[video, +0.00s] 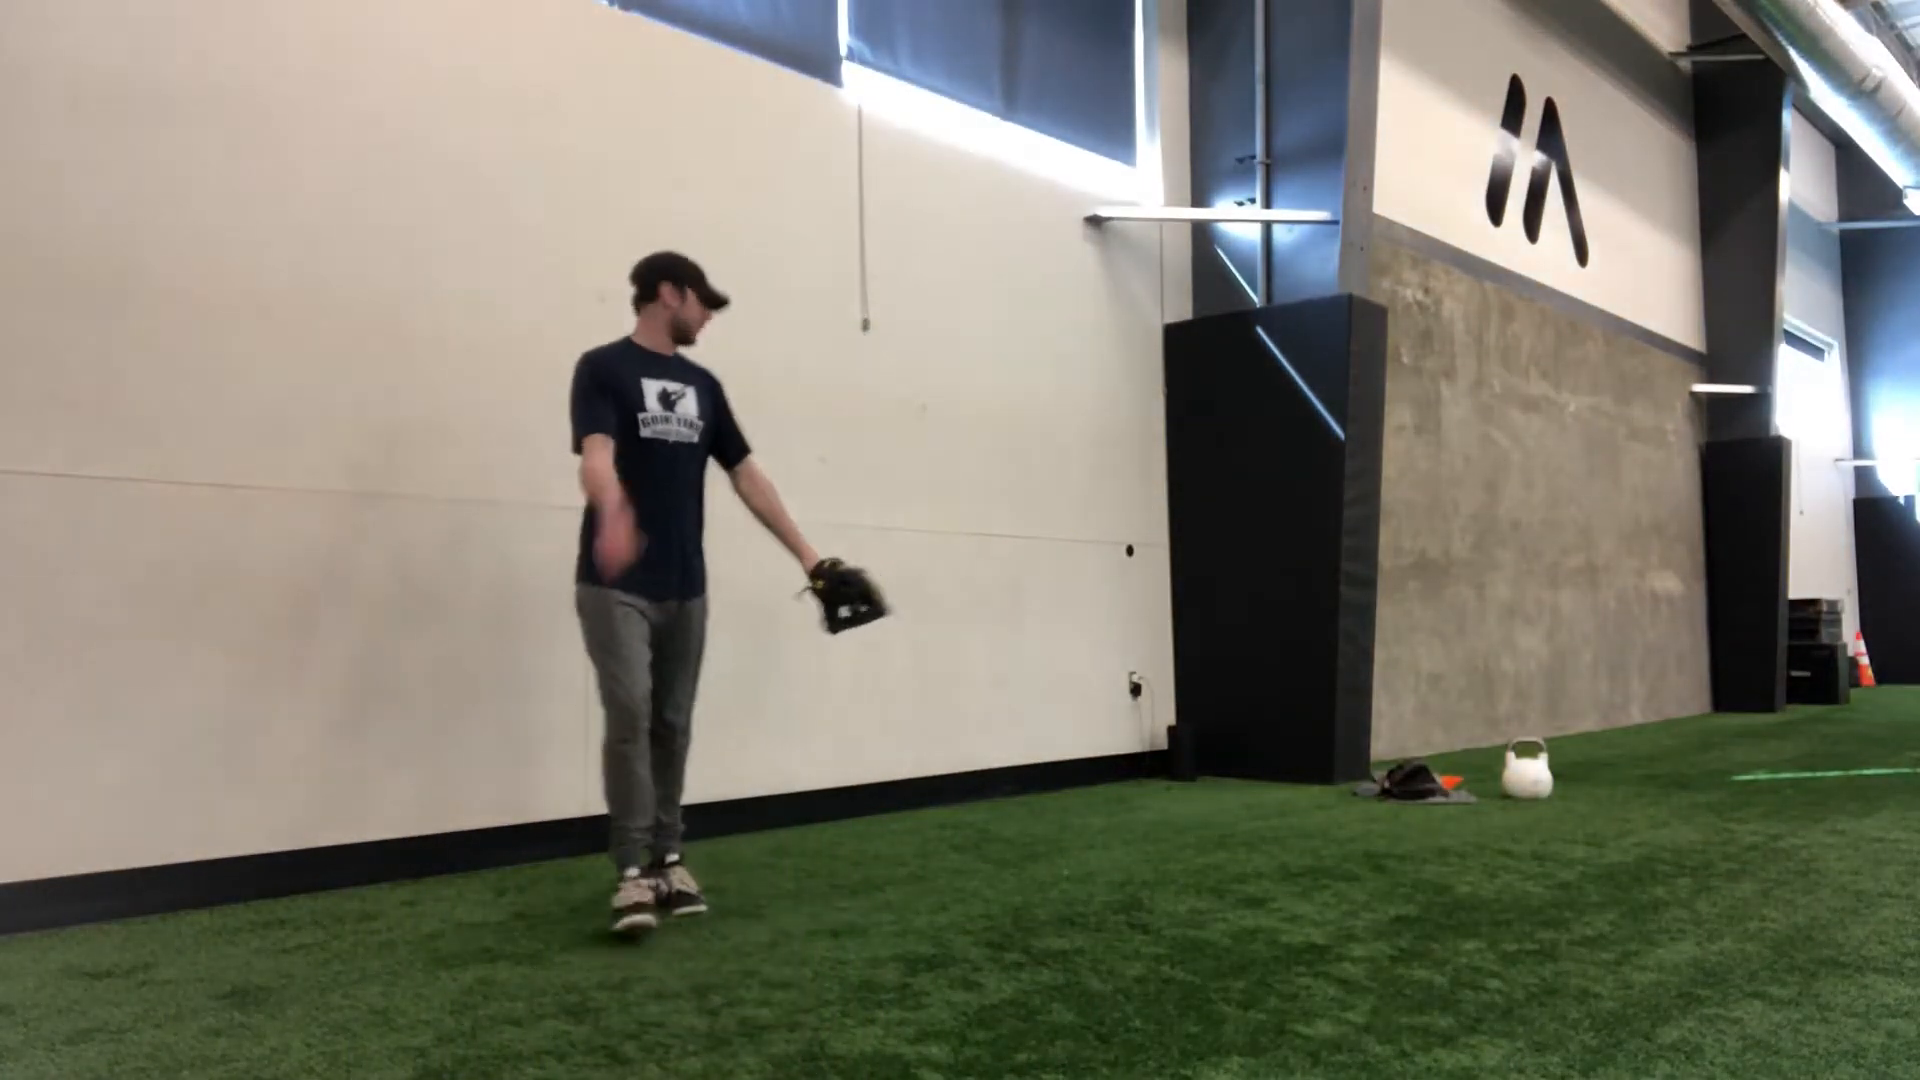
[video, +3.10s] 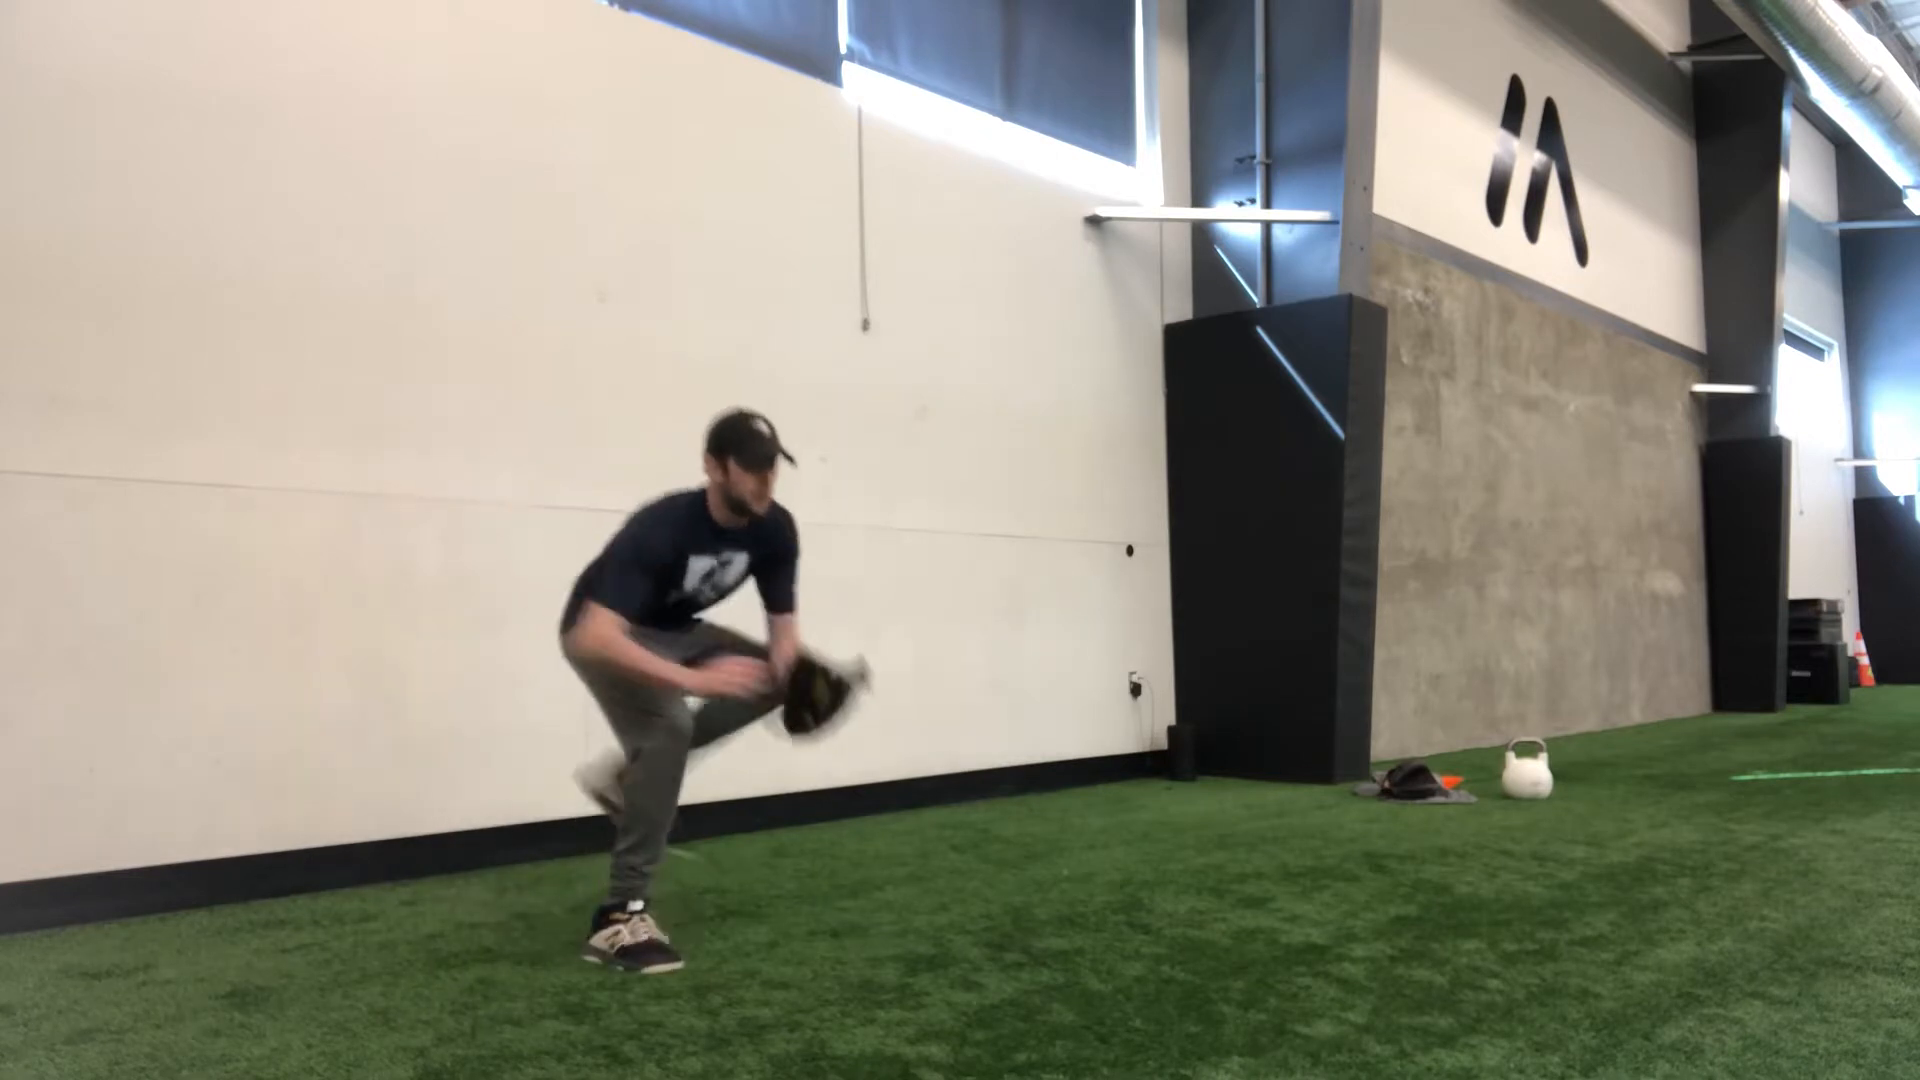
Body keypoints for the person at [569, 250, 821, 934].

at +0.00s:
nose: (708, 316)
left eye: (708, 305)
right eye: (702, 303)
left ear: (673, 299)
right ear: (666, 295)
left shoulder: (701, 385)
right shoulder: (602, 368)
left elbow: (748, 476)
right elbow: (595, 459)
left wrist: (809, 556)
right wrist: (614, 509)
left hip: (682, 582)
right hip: (616, 580)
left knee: (671, 723)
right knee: (630, 716)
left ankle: (666, 861)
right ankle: (633, 871)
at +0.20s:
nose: (693, 334)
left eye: (694, 323)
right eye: (691, 322)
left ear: (660, 314)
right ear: (668, 312)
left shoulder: (671, 396)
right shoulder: (593, 371)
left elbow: (692, 495)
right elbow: (576, 457)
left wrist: (736, 584)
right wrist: (637, 448)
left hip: (662, 583)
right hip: (598, 581)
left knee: (661, 724)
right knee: (592, 719)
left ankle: (665, 861)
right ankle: (567, 848)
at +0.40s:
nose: (670, 348)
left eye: (671, 337)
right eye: (668, 336)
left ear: (636, 327)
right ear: (648, 327)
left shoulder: (641, 402)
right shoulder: (572, 387)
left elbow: (632, 511)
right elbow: (533, 474)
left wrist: (653, 601)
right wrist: (601, 501)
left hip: (635, 593)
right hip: (571, 591)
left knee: (646, 721)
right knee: (556, 724)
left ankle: (664, 857)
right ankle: (543, 856)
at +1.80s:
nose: (630, 389)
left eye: (633, 380)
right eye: (617, 380)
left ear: (639, 388)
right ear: (587, 388)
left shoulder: (649, 457)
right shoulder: (544, 444)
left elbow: (650, 511)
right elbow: (466, 480)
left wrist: (638, 549)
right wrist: (506, 551)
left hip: (594, 602)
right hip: (530, 594)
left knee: (615, 709)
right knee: (536, 683)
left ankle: (594, 836)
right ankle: (500, 818)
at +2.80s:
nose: (723, 424)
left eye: (728, 412)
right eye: (709, 411)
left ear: (733, 418)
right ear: (674, 417)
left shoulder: (724, 498)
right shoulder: (619, 472)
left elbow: (720, 582)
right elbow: (516, 508)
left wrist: (731, 602)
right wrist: (541, 600)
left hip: (635, 612)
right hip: (574, 601)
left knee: (669, 739)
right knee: (617, 700)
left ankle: (623, 861)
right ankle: (581, 870)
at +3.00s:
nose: (752, 453)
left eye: (756, 440)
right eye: (739, 441)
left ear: (757, 441)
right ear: (701, 441)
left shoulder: (752, 512)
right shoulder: (647, 502)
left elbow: (762, 601)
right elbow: (541, 578)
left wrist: (771, 647)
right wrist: (611, 649)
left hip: (660, 631)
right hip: (596, 631)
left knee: (740, 700)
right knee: (653, 732)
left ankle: (603, 775)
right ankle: (622, 915)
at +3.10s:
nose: (768, 483)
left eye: (773, 470)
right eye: (756, 470)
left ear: (776, 468)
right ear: (716, 468)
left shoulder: (773, 530)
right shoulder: (662, 526)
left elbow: (782, 630)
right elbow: (594, 634)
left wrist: (792, 678)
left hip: (676, 634)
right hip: (607, 636)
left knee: (770, 680)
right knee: (668, 732)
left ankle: (628, 775)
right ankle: (622, 914)